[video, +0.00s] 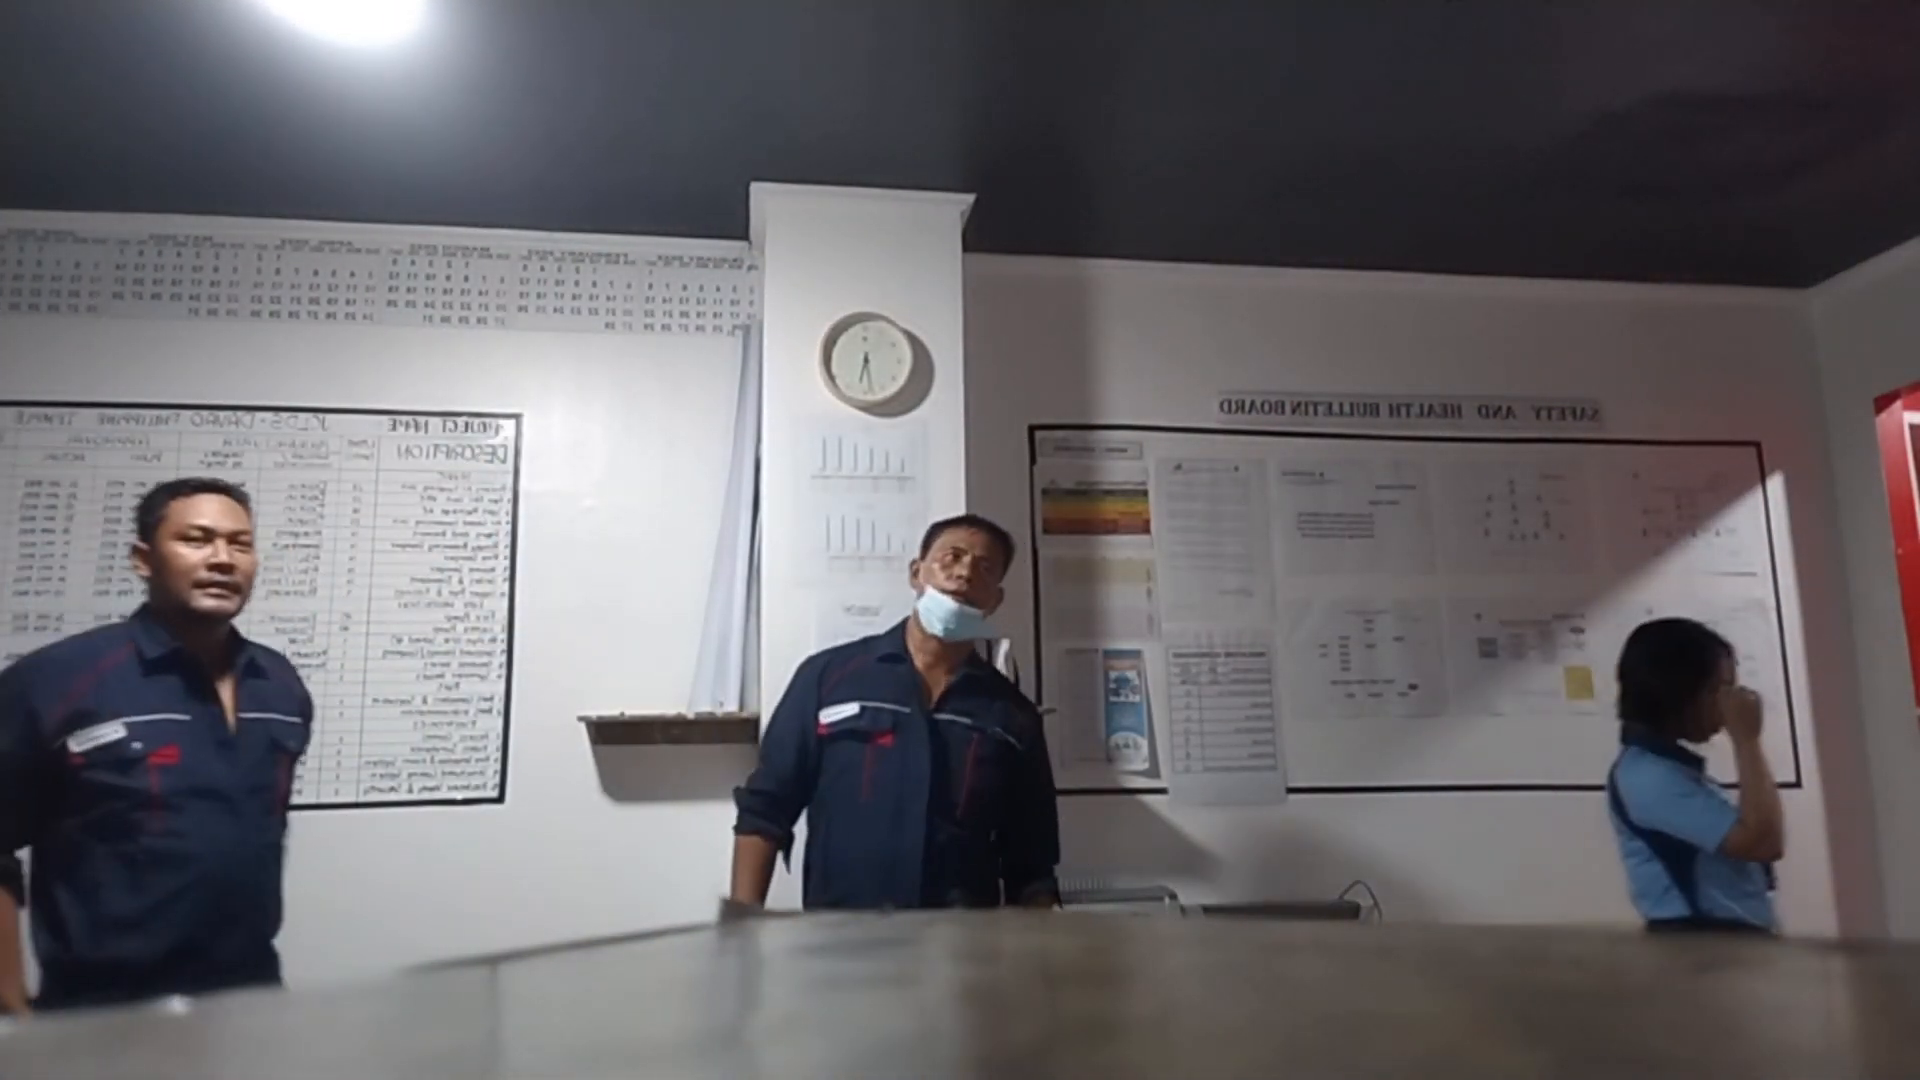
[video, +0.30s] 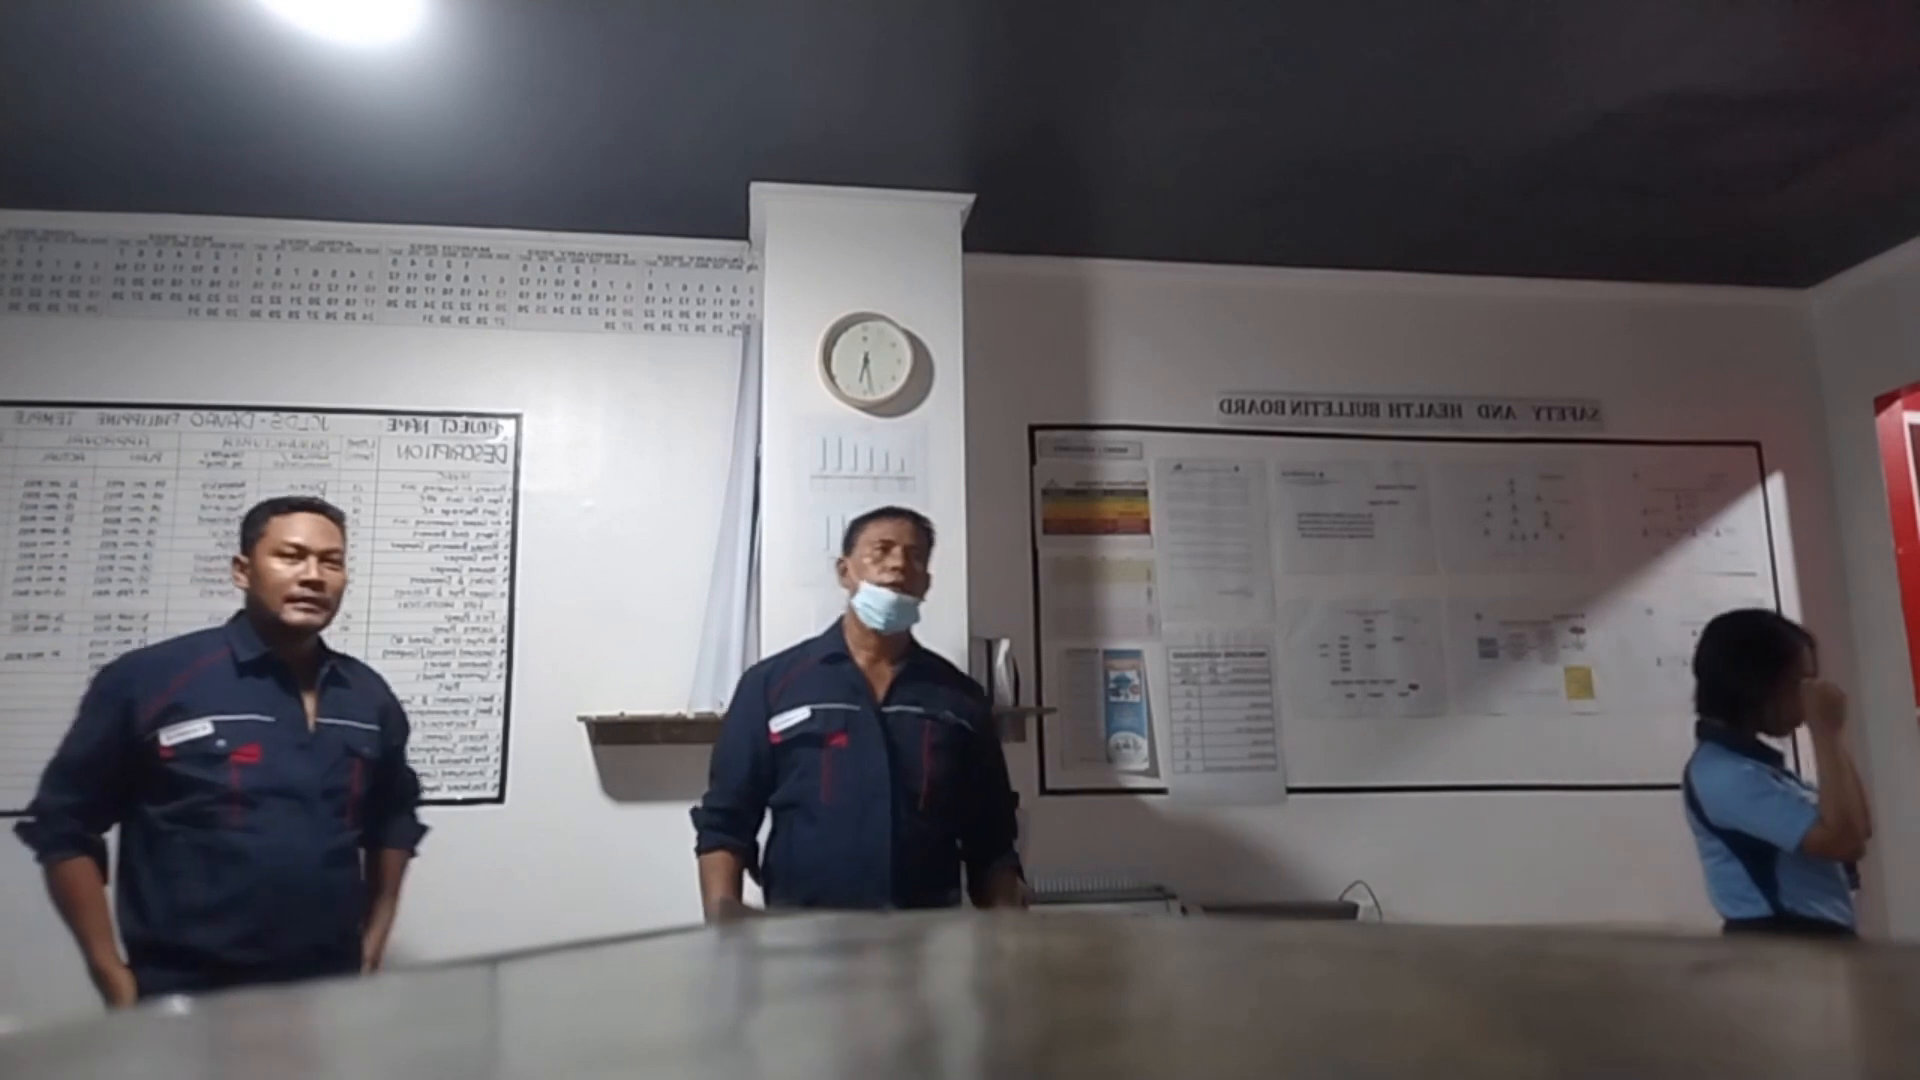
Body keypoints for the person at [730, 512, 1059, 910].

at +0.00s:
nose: (965, 571)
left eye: (983, 567)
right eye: (952, 556)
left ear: (995, 599)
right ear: (917, 574)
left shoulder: (1015, 719)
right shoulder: (826, 679)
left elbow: (1032, 873)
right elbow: (765, 810)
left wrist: (1038, 965)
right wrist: (741, 933)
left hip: (967, 954)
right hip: (840, 948)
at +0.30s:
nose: (900, 566)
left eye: (914, 556)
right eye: (881, 551)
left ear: (927, 582)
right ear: (846, 572)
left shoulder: (962, 699)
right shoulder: (770, 687)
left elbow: (992, 847)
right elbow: (724, 823)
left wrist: (1012, 952)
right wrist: (727, 939)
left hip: (929, 948)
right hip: (804, 946)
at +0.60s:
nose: (838, 561)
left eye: (850, 548)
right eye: (816, 549)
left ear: (863, 567)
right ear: (782, 576)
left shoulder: (913, 685)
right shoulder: (721, 698)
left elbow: (948, 831)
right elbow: (683, 851)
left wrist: (952, 943)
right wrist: (690, 972)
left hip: (897, 941)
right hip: (773, 943)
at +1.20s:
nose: (830, 564)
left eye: (841, 550)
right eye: (808, 555)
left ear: (860, 568)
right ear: (779, 586)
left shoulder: (924, 684)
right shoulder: (733, 706)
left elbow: (975, 810)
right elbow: (701, 863)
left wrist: (960, 917)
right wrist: (724, 977)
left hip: (910, 943)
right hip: (788, 949)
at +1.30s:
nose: (852, 562)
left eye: (864, 549)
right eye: (831, 553)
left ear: (884, 570)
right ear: (802, 583)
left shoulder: (943, 686)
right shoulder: (749, 702)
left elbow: (998, 809)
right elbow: (714, 858)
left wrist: (957, 843)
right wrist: (733, 977)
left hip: (924, 944)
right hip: (801, 948)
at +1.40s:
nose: (880, 564)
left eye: (892, 552)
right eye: (859, 552)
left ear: (909, 575)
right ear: (828, 579)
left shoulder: (959, 688)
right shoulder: (768, 698)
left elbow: (1010, 824)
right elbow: (730, 852)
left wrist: (943, 771)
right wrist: (744, 973)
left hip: (938, 940)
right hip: (814, 943)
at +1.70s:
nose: (947, 571)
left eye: (962, 561)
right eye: (928, 557)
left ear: (978, 584)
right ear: (893, 580)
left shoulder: (1003, 693)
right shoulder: (818, 688)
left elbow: (1041, 823)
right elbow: (770, 824)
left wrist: (960, 728)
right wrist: (773, 947)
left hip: (974, 944)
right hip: (851, 945)